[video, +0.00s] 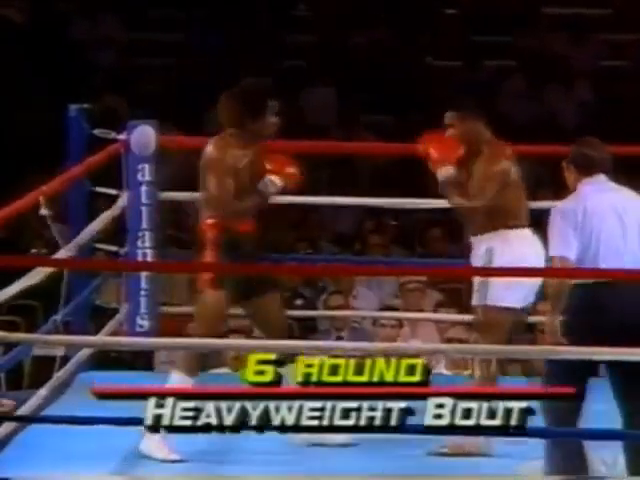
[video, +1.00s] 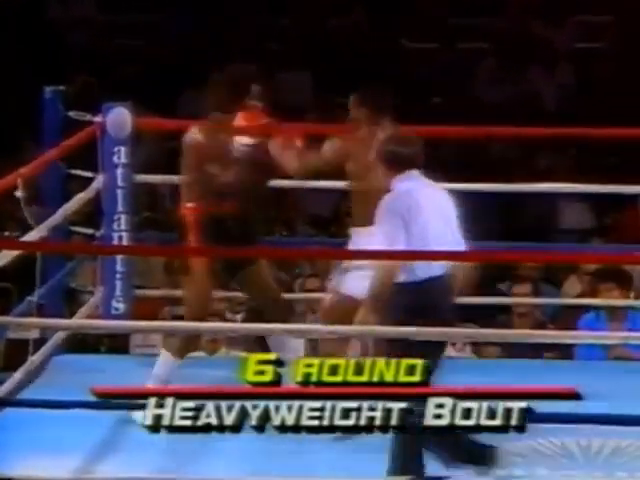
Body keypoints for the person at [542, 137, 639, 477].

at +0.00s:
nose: (565, 175)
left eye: (566, 170)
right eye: (566, 171)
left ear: (571, 171)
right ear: (606, 169)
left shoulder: (570, 207)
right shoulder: (634, 200)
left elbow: (561, 268)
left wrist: (551, 315)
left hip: (590, 296)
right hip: (633, 297)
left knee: (563, 380)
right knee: (633, 387)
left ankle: (567, 465)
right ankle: (637, 464)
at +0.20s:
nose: (533, 178)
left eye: (534, 172)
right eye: (533, 172)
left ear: (543, 172)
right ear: (574, 169)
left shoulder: (544, 205)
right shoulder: (603, 199)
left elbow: (543, 266)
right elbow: (631, 253)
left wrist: (533, 311)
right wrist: (632, 305)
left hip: (564, 295)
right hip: (601, 292)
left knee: (547, 381)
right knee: (600, 375)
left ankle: (558, 465)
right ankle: (630, 457)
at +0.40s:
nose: (491, 174)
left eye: (492, 166)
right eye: (491, 166)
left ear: (504, 166)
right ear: (530, 162)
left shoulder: (512, 194)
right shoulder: (561, 191)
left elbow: (512, 256)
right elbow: (583, 254)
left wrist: (495, 305)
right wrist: (579, 303)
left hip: (531, 285)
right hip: (563, 281)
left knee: (521, 376)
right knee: (549, 374)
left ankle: (543, 465)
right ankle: (571, 460)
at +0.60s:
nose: (452, 176)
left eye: (453, 167)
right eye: (452, 168)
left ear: (464, 165)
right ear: (491, 161)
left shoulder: (473, 198)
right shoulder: (520, 189)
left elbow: (469, 264)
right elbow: (543, 249)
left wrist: (446, 303)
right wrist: (531, 288)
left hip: (494, 292)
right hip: (524, 288)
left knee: (503, 383)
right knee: (479, 379)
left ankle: (533, 469)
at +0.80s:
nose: (416, 180)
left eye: (418, 173)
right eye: (416, 172)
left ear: (428, 173)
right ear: (456, 167)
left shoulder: (442, 204)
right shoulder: (483, 197)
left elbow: (437, 267)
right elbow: (504, 256)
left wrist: (404, 303)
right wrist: (495, 296)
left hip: (460, 294)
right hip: (486, 290)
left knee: (482, 384)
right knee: (449, 380)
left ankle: (528, 468)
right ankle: (411, 462)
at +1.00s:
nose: (374, 169)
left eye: (377, 163)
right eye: (375, 161)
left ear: (386, 165)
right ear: (416, 161)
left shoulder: (395, 200)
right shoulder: (442, 195)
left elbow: (391, 262)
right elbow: (460, 255)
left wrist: (368, 306)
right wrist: (449, 293)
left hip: (408, 291)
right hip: (440, 288)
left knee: (402, 384)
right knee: (414, 382)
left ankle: (471, 453)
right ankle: (406, 465)